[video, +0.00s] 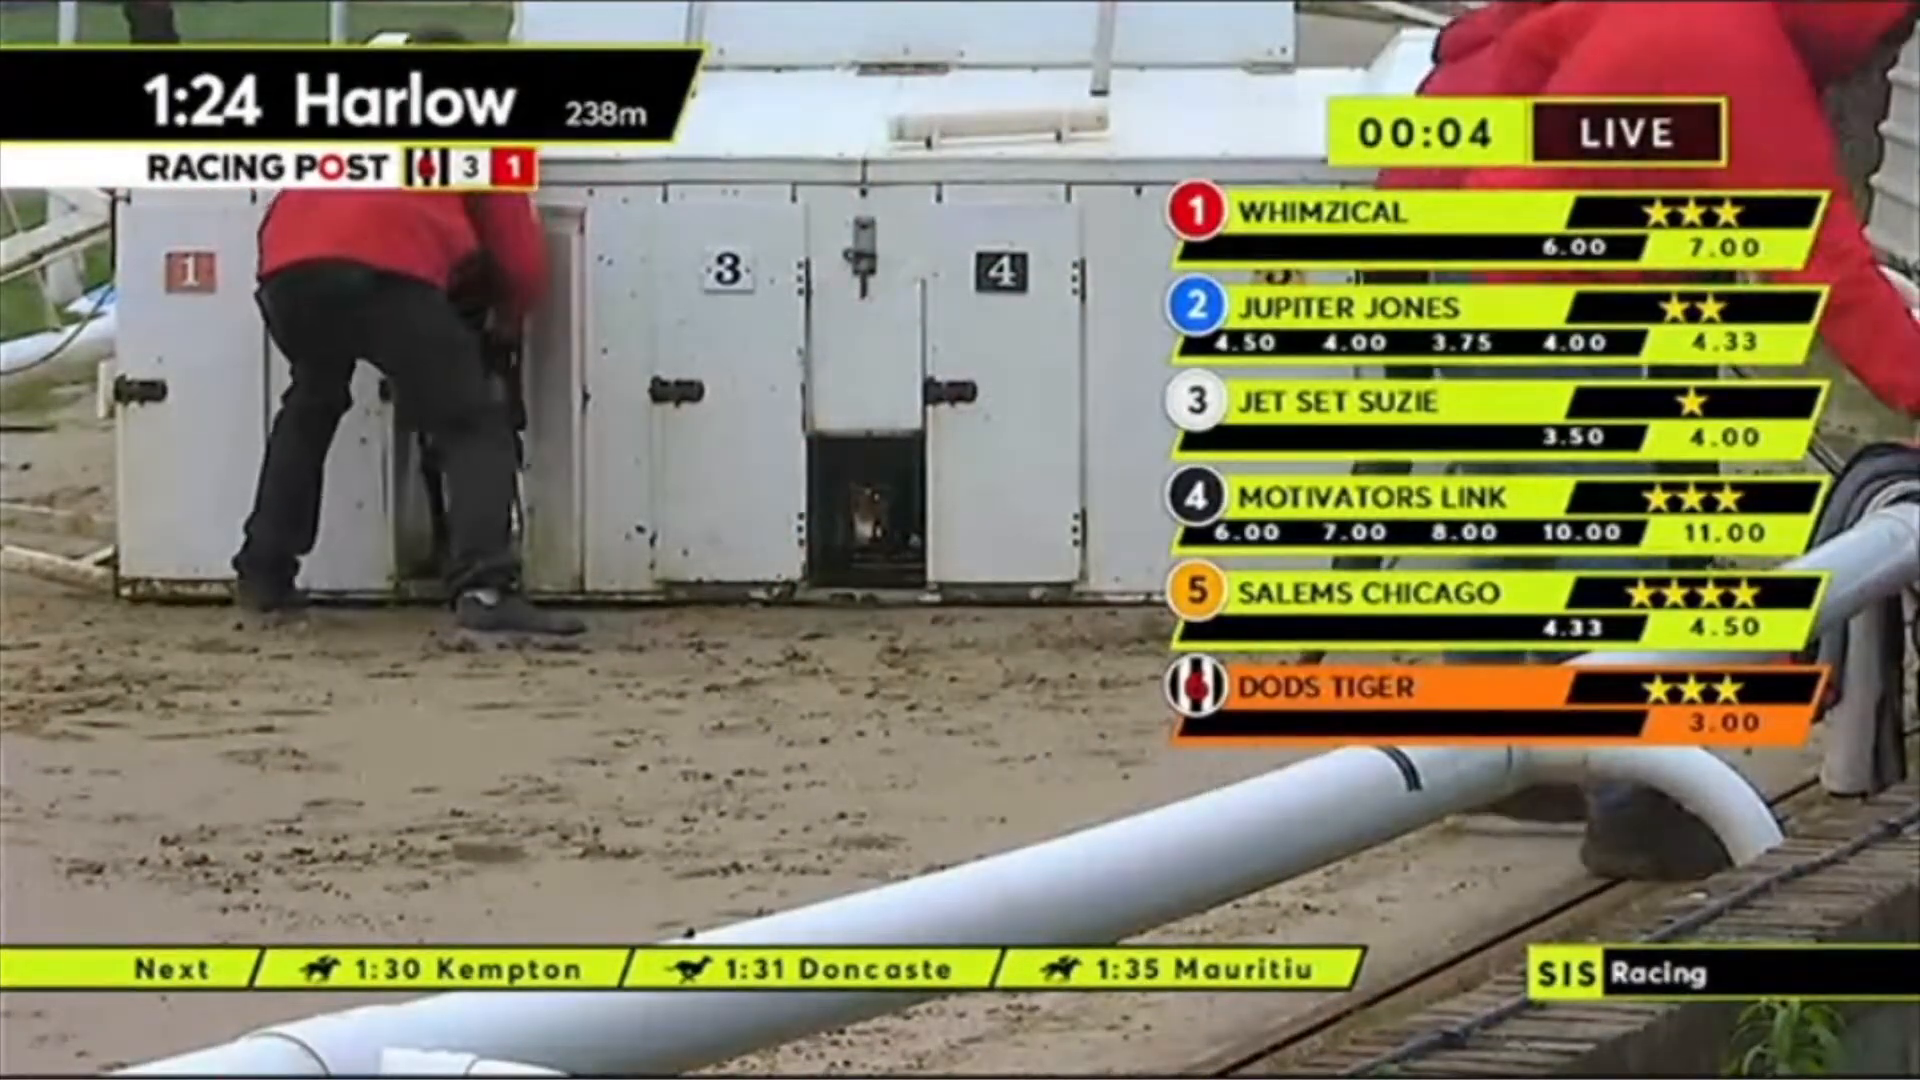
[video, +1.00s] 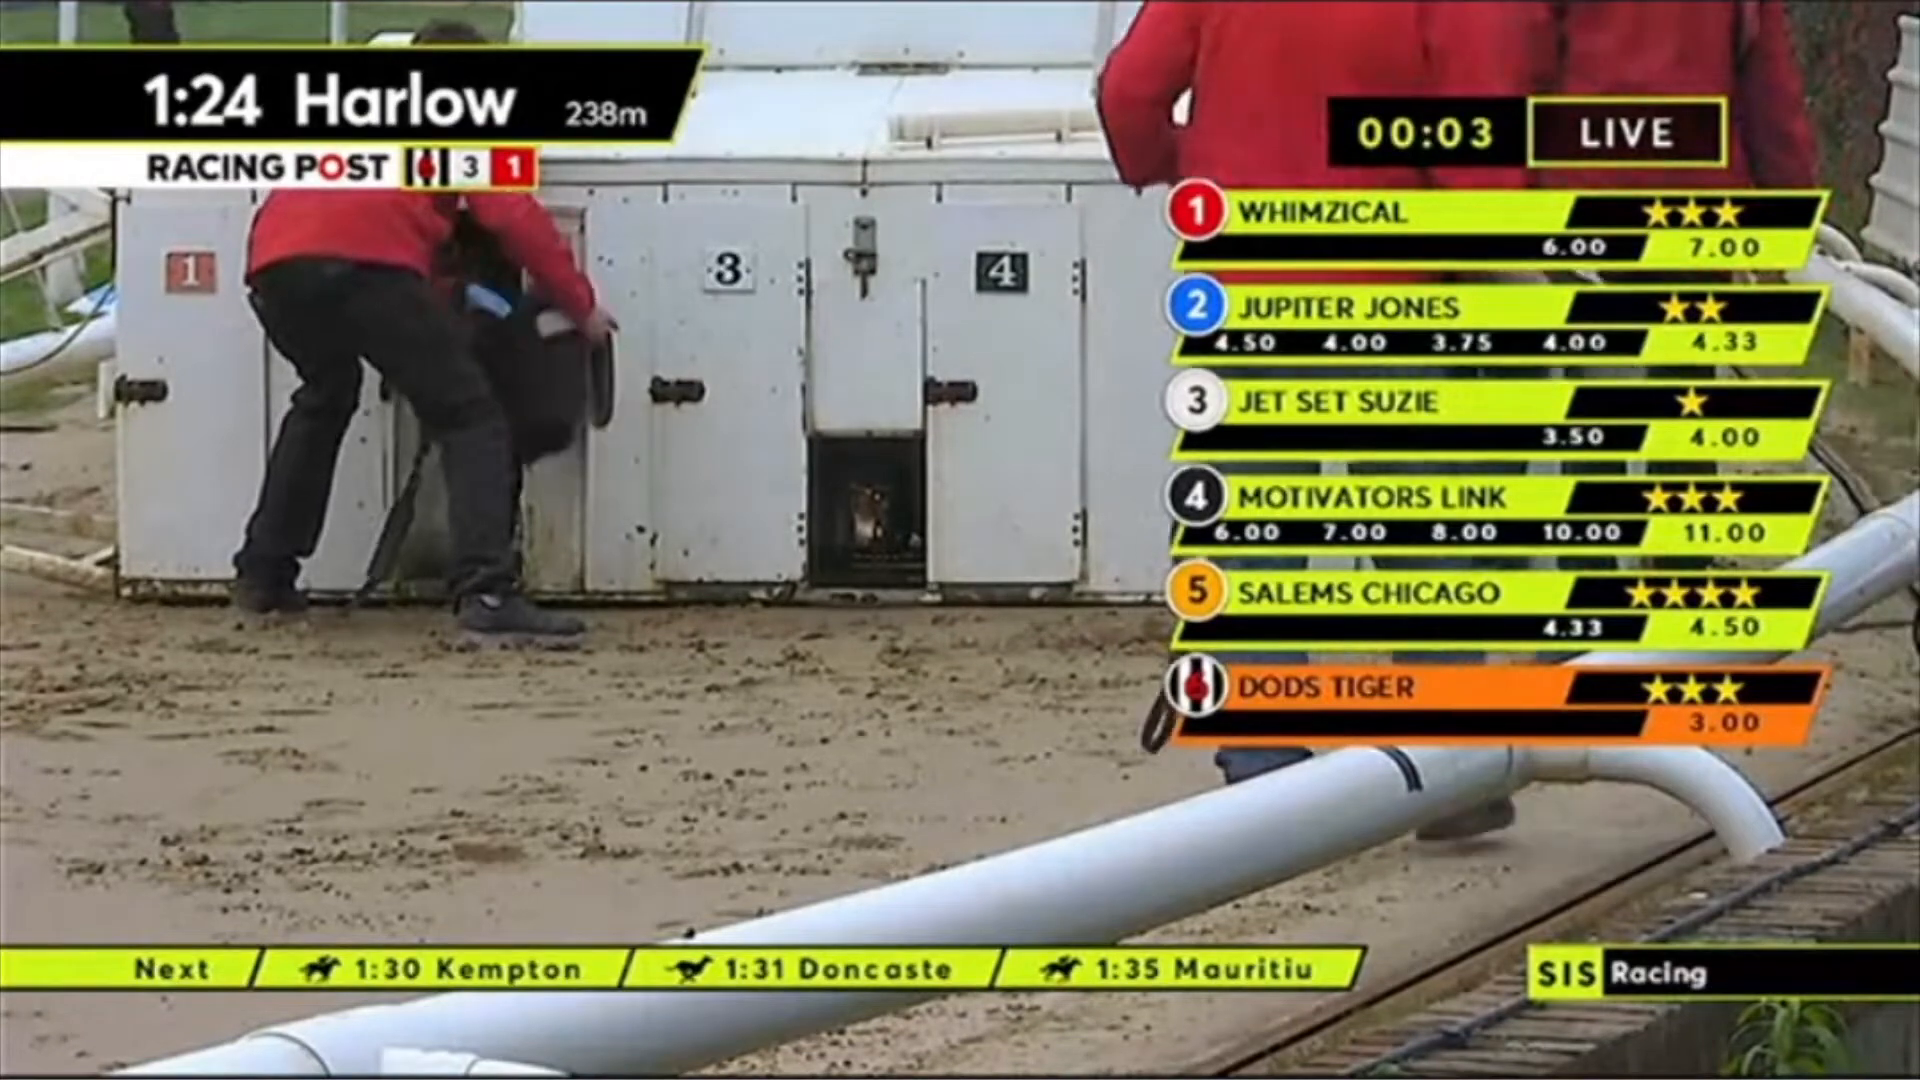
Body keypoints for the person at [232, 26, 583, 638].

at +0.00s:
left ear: (388, 73)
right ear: (471, 83)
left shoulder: (344, 123)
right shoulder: (484, 133)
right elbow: (525, 266)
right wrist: (504, 323)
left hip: (289, 271)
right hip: (391, 273)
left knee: (315, 392)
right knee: (472, 422)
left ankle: (262, 574)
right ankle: (484, 591)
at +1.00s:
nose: (490, 104)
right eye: (485, 91)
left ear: (411, 61)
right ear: (473, 78)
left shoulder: (353, 117)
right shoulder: (468, 128)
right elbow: (515, 218)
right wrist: (583, 309)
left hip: (277, 266)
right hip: (375, 265)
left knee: (326, 391)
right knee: (471, 418)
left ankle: (264, 572)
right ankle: (487, 594)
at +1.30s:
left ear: (400, 43)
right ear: (471, 54)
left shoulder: (348, 89)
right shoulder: (490, 105)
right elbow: (501, 221)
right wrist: (482, 298)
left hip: (280, 267)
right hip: (381, 266)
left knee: (319, 390)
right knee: (467, 419)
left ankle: (263, 575)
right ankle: (489, 594)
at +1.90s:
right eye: (469, 71)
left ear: (409, 29)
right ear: (461, 50)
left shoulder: (330, 61)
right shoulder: (459, 85)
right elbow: (458, 220)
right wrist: (434, 291)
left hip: (259, 244)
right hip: (357, 253)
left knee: (303, 395)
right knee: (415, 416)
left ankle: (262, 574)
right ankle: (424, 585)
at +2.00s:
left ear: (412, 26)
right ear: (461, 43)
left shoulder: (313, 70)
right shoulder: (455, 79)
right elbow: (455, 214)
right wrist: (432, 292)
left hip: (262, 240)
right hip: (365, 245)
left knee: (305, 391)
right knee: (441, 406)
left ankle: (262, 573)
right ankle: (452, 555)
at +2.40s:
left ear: (398, 37)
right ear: (456, 51)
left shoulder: (329, 90)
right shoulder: (462, 93)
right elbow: (487, 214)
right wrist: (465, 276)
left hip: (297, 265)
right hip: (403, 260)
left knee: (307, 393)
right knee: (487, 417)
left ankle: (261, 572)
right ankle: (510, 593)